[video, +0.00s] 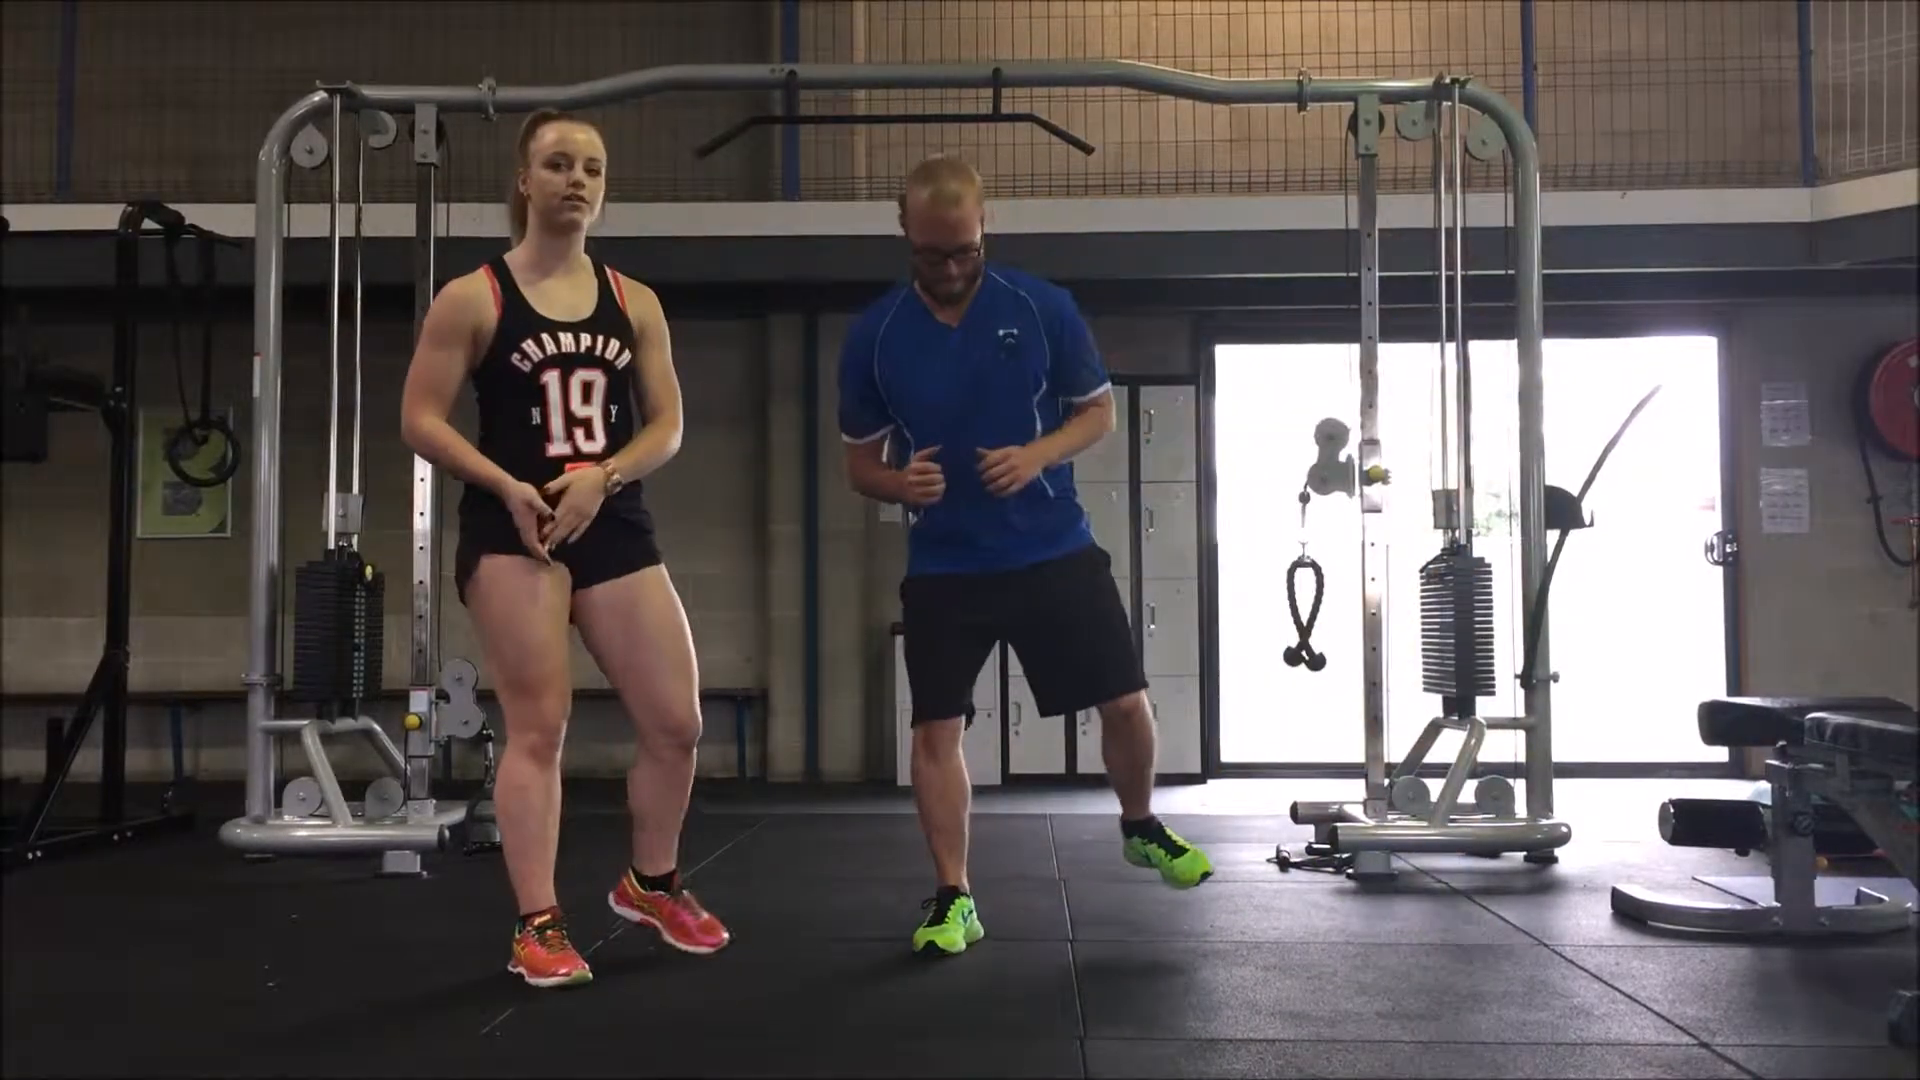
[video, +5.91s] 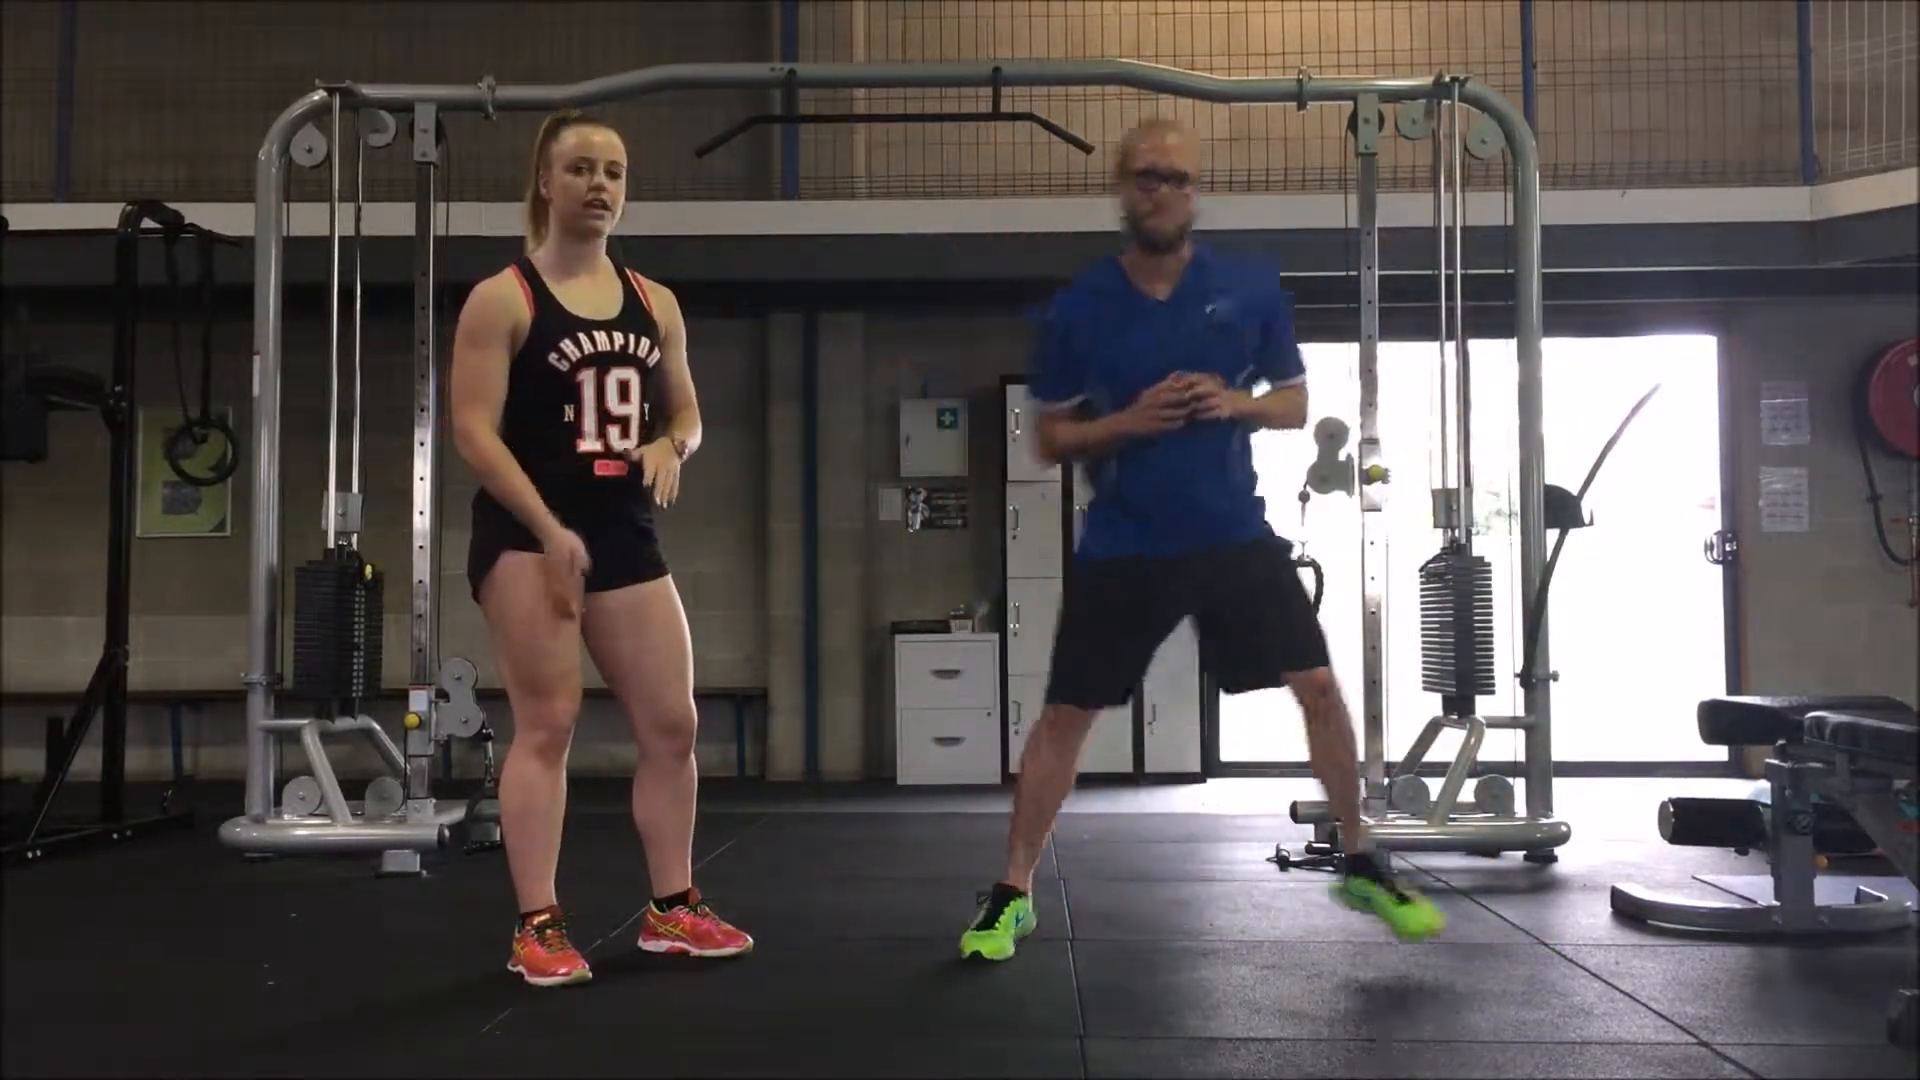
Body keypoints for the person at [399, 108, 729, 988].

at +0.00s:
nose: (575, 180)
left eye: (589, 169)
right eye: (557, 165)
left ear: (603, 189)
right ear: (522, 181)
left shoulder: (635, 303)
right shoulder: (471, 300)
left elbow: (668, 426)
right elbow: (419, 420)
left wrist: (605, 475)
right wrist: (504, 485)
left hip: (613, 527)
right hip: (511, 530)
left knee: (674, 721)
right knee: (537, 723)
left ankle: (652, 884)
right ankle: (539, 926)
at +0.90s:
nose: (644, 182)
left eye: (647, 169)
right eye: (627, 166)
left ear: (633, 183)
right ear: (574, 173)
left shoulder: (660, 293)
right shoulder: (514, 285)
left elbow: (717, 404)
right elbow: (453, 404)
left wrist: (727, 423)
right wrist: (545, 471)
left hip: (641, 530)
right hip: (546, 527)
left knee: (664, 723)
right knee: (546, 725)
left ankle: (674, 904)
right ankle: (540, 926)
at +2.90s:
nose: (631, 183)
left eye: (643, 169)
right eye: (611, 169)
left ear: (658, 187)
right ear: (576, 186)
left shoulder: (684, 303)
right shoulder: (531, 297)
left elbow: (724, 419)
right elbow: (481, 417)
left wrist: (702, 514)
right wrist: (566, 479)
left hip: (655, 533)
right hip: (553, 531)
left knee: (684, 726)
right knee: (546, 726)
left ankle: (674, 907)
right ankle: (538, 925)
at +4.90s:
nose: (640, 201)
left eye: (643, 187)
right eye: (624, 186)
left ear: (631, 196)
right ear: (570, 189)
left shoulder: (655, 303)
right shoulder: (502, 299)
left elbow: (686, 417)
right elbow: (459, 420)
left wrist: (664, 437)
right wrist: (575, 436)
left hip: (625, 528)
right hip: (532, 525)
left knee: (678, 720)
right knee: (544, 720)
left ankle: (674, 906)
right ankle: (538, 924)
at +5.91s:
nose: (598, 183)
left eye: (611, 171)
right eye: (579, 168)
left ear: (625, 190)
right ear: (543, 182)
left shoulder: (654, 302)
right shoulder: (498, 301)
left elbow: (686, 412)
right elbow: (471, 430)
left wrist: (673, 448)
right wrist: (548, 528)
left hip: (622, 528)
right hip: (526, 529)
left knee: (672, 724)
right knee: (545, 726)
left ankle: (673, 907)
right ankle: (538, 926)